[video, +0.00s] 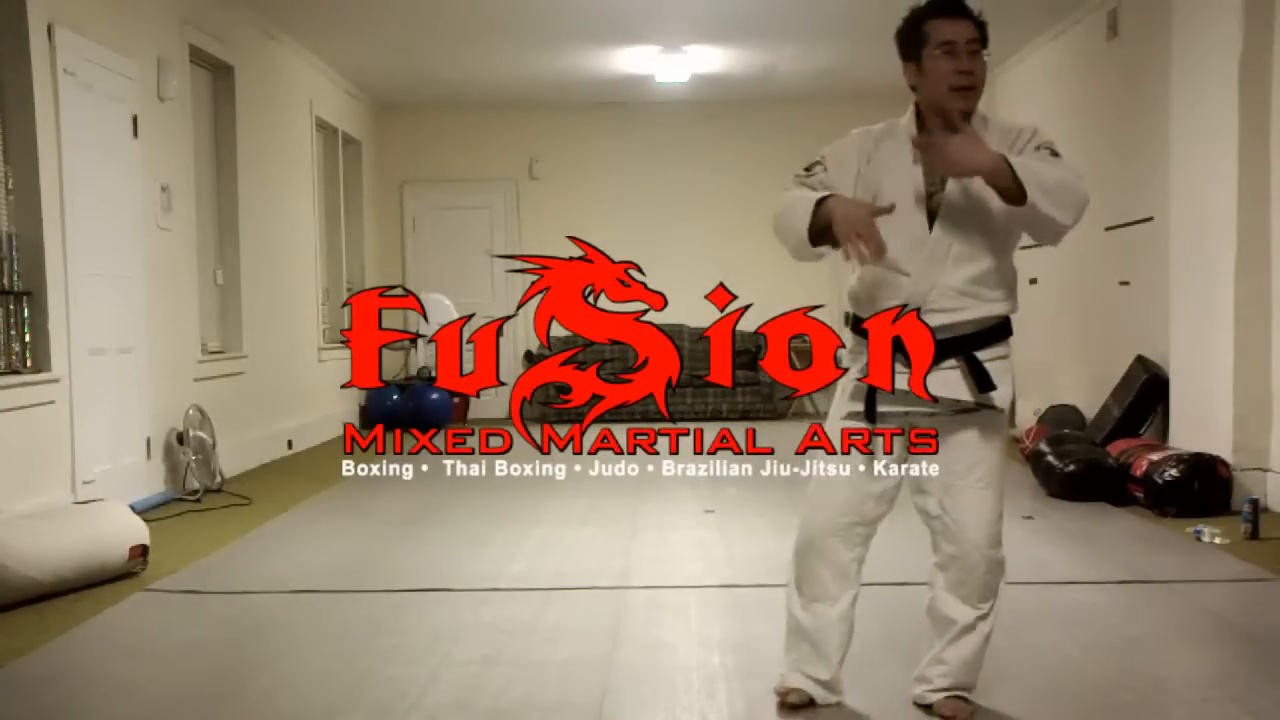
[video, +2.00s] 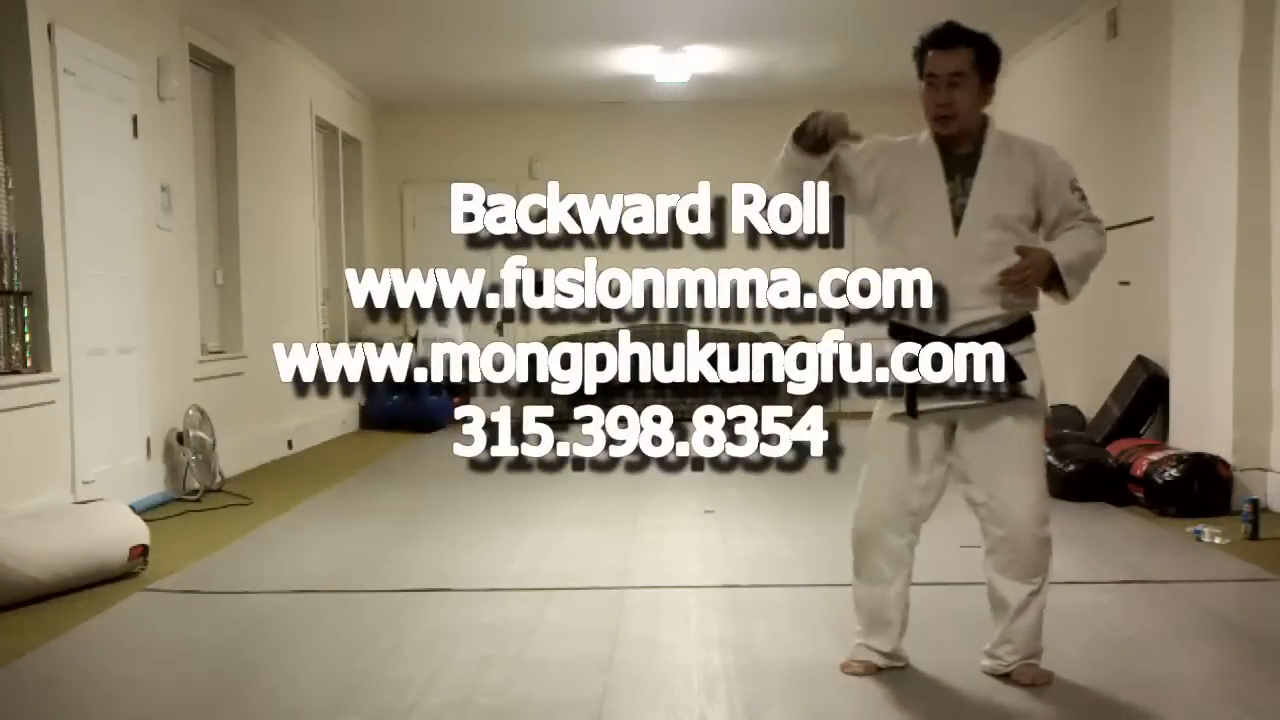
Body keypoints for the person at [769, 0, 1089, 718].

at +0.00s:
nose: (968, 64)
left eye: (976, 50)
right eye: (949, 52)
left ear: (987, 63)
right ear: (912, 69)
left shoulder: (1014, 144)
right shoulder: (865, 149)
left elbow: (1070, 206)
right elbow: (788, 215)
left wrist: (995, 168)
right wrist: (830, 210)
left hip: (972, 362)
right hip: (874, 362)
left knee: (975, 545)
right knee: (827, 531)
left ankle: (947, 688)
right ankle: (807, 680)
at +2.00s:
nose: (941, 96)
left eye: (957, 82)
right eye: (931, 82)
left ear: (987, 88)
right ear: (918, 88)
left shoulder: (1035, 162)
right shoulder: (880, 160)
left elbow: (1085, 233)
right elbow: (790, 191)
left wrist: (1053, 260)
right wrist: (810, 146)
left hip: (1000, 369)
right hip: (907, 371)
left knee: (1022, 523)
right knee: (880, 518)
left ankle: (1015, 654)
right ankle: (877, 642)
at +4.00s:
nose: (965, 86)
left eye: (980, 73)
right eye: (952, 75)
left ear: (1004, 84)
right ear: (936, 88)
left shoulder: (1048, 168)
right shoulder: (902, 157)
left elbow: (1093, 245)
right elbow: (844, 122)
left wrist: (1048, 268)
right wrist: (852, 63)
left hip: (1002, 362)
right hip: (912, 362)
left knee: (1019, 522)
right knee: (884, 515)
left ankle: (1014, 654)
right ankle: (881, 643)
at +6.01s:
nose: (991, 83)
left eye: (1007, 70)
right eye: (978, 71)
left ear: (1029, 84)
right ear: (960, 85)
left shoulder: (1070, 171)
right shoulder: (935, 158)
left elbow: (1113, 249)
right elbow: (900, 98)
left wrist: (1074, 270)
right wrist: (951, 38)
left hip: (1026, 369)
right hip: (936, 366)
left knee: (1036, 526)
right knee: (899, 514)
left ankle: (1016, 653)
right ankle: (882, 641)